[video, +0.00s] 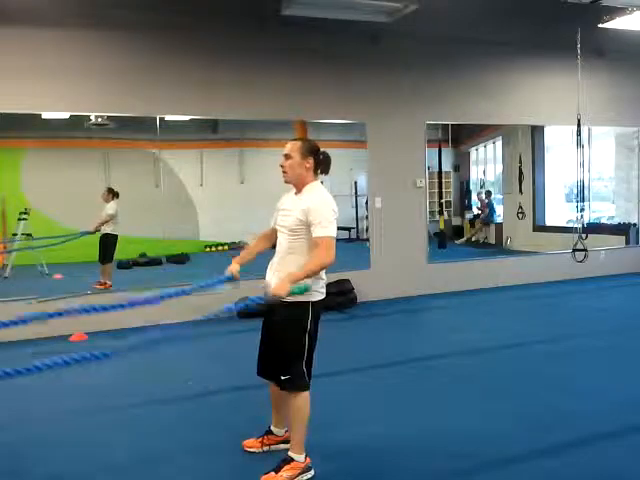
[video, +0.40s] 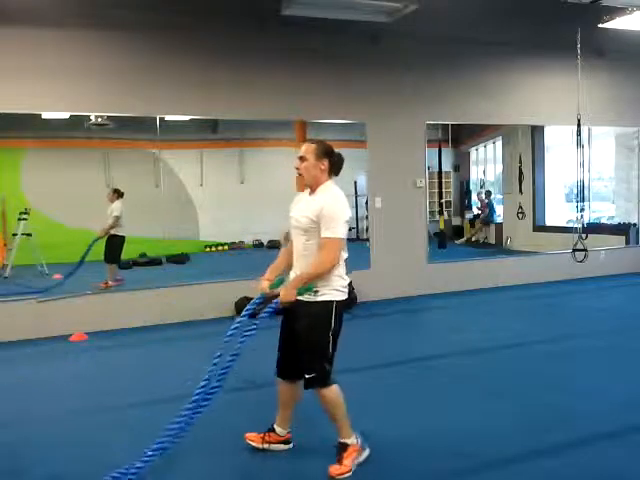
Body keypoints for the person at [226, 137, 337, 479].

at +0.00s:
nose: (282, 164)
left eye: (288, 158)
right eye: (283, 158)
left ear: (309, 164)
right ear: (297, 164)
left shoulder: (320, 201)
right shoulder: (289, 197)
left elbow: (325, 256)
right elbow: (270, 236)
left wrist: (292, 278)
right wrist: (240, 259)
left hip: (304, 300)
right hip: (278, 297)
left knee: (295, 378)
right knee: (274, 370)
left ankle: (299, 458)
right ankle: (279, 431)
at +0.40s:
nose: (297, 164)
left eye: (303, 159)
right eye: (298, 158)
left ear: (323, 166)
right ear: (312, 166)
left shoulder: (333, 200)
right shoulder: (303, 199)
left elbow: (330, 257)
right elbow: (293, 246)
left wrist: (295, 283)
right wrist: (271, 275)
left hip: (325, 298)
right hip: (298, 296)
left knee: (318, 376)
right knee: (288, 370)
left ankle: (350, 443)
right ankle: (281, 433)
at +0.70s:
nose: (323, 161)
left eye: (329, 155)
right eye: (324, 155)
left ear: (350, 162)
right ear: (339, 162)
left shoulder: (361, 197)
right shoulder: (333, 197)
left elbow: (378, 247)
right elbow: (338, 246)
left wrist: (347, 276)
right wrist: (317, 262)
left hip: (356, 302)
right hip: (327, 298)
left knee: (357, 376)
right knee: (312, 365)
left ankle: (363, 446)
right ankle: (306, 424)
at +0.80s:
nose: (329, 161)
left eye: (335, 156)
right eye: (329, 156)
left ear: (356, 159)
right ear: (345, 160)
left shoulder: (368, 191)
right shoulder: (336, 194)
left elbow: (391, 226)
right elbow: (327, 221)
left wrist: (361, 244)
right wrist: (303, 229)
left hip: (359, 298)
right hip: (332, 293)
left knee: (360, 375)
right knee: (330, 364)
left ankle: (365, 446)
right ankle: (337, 421)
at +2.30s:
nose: (355, 151)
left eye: (362, 145)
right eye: (355, 146)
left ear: (383, 151)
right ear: (361, 153)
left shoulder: (396, 179)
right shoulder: (354, 183)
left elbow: (395, 194)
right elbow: (322, 191)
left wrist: (359, 200)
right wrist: (296, 200)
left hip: (376, 282)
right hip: (348, 277)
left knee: (365, 357)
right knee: (329, 346)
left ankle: (373, 438)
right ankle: (334, 410)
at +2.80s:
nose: (333, 150)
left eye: (339, 144)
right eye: (334, 144)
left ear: (358, 148)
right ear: (347, 149)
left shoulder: (374, 181)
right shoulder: (336, 182)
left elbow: (376, 204)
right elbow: (320, 211)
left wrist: (340, 209)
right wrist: (283, 213)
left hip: (357, 276)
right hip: (328, 271)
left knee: (338, 354)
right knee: (307, 344)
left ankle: (339, 436)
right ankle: (310, 414)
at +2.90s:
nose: (333, 160)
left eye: (339, 154)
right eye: (334, 154)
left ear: (358, 160)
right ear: (348, 159)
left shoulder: (370, 195)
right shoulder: (335, 189)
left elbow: (346, 234)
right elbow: (316, 222)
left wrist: (302, 242)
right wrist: (281, 221)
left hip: (350, 291)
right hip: (325, 283)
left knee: (317, 367)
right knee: (299, 359)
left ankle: (312, 443)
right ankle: (303, 433)